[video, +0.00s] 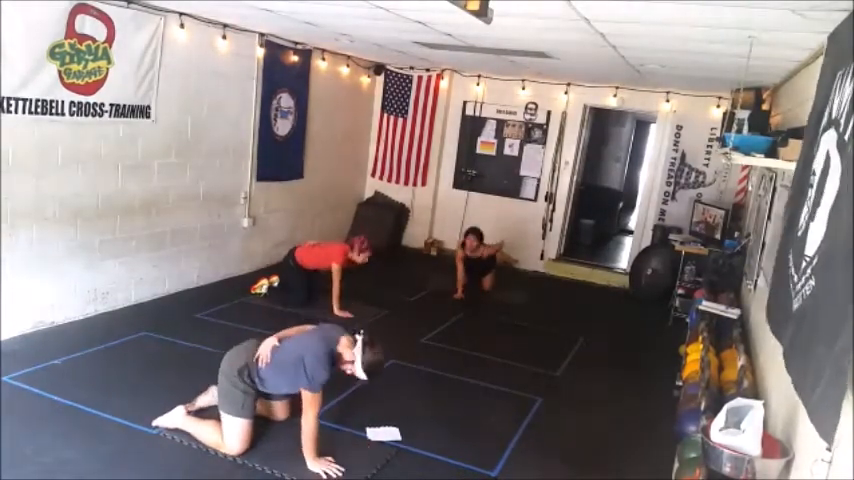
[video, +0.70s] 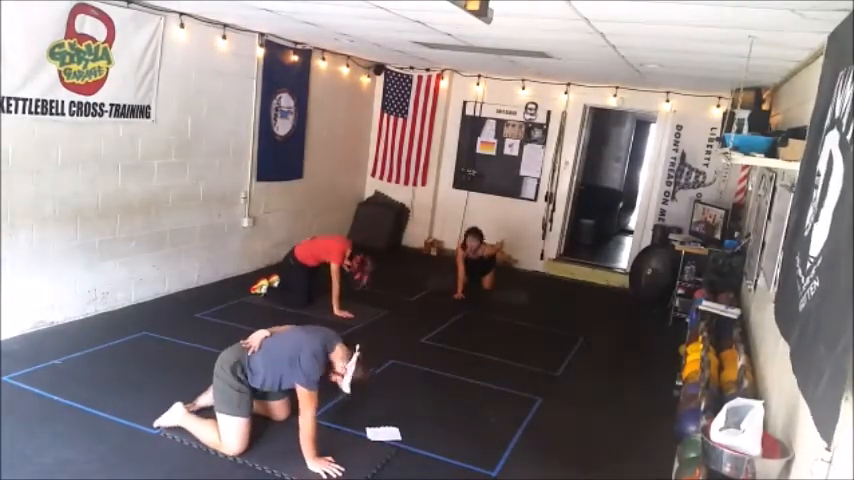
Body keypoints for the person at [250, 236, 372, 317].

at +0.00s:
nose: (366, 260)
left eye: (368, 257)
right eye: (365, 257)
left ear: (356, 250)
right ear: (355, 252)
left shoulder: (345, 249)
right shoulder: (339, 255)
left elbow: (328, 244)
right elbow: (336, 283)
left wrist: (315, 243)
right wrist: (336, 309)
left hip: (301, 256)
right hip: (294, 263)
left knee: (308, 293)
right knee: (299, 298)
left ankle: (277, 281)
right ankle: (268, 288)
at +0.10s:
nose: (348, 268)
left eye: (351, 269)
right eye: (351, 267)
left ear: (356, 258)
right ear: (353, 262)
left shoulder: (346, 245)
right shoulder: (337, 255)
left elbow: (330, 240)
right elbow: (335, 284)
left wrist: (316, 238)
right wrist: (336, 309)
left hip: (307, 260)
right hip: (296, 262)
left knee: (311, 293)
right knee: (301, 300)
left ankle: (278, 281)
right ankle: (267, 289)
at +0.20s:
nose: (348, 268)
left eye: (351, 268)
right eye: (351, 266)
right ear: (350, 258)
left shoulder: (346, 244)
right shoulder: (336, 254)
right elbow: (335, 285)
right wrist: (336, 310)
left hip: (309, 260)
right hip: (297, 262)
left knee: (313, 290)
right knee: (301, 300)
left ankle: (280, 281)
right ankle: (268, 288)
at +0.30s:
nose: (351, 266)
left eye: (354, 266)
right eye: (353, 265)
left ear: (355, 254)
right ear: (353, 257)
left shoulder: (346, 246)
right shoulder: (336, 255)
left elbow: (327, 241)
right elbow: (335, 283)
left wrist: (314, 241)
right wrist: (336, 309)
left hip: (306, 261)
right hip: (295, 262)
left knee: (314, 290)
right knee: (302, 300)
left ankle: (279, 281)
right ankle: (268, 289)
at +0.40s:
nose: (365, 252)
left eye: (366, 249)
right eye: (363, 249)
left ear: (355, 245)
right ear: (353, 246)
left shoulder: (343, 247)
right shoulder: (338, 255)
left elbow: (324, 245)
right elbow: (335, 284)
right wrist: (336, 306)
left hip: (302, 253)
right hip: (293, 263)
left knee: (312, 292)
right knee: (301, 300)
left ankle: (279, 282)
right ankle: (269, 289)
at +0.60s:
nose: (363, 258)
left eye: (364, 255)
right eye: (361, 255)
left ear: (352, 247)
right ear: (351, 251)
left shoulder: (344, 244)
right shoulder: (336, 255)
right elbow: (335, 284)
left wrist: (313, 245)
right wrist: (336, 309)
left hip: (302, 254)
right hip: (293, 263)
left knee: (311, 291)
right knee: (300, 300)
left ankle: (278, 281)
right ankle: (267, 288)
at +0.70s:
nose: (344, 268)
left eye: (348, 269)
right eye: (347, 267)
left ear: (354, 259)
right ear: (351, 261)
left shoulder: (346, 244)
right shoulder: (336, 252)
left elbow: (325, 240)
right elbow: (335, 283)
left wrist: (313, 239)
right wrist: (336, 309)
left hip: (308, 261)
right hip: (296, 262)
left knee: (312, 293)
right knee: (300, 300)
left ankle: (279, 281)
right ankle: (267, 289)